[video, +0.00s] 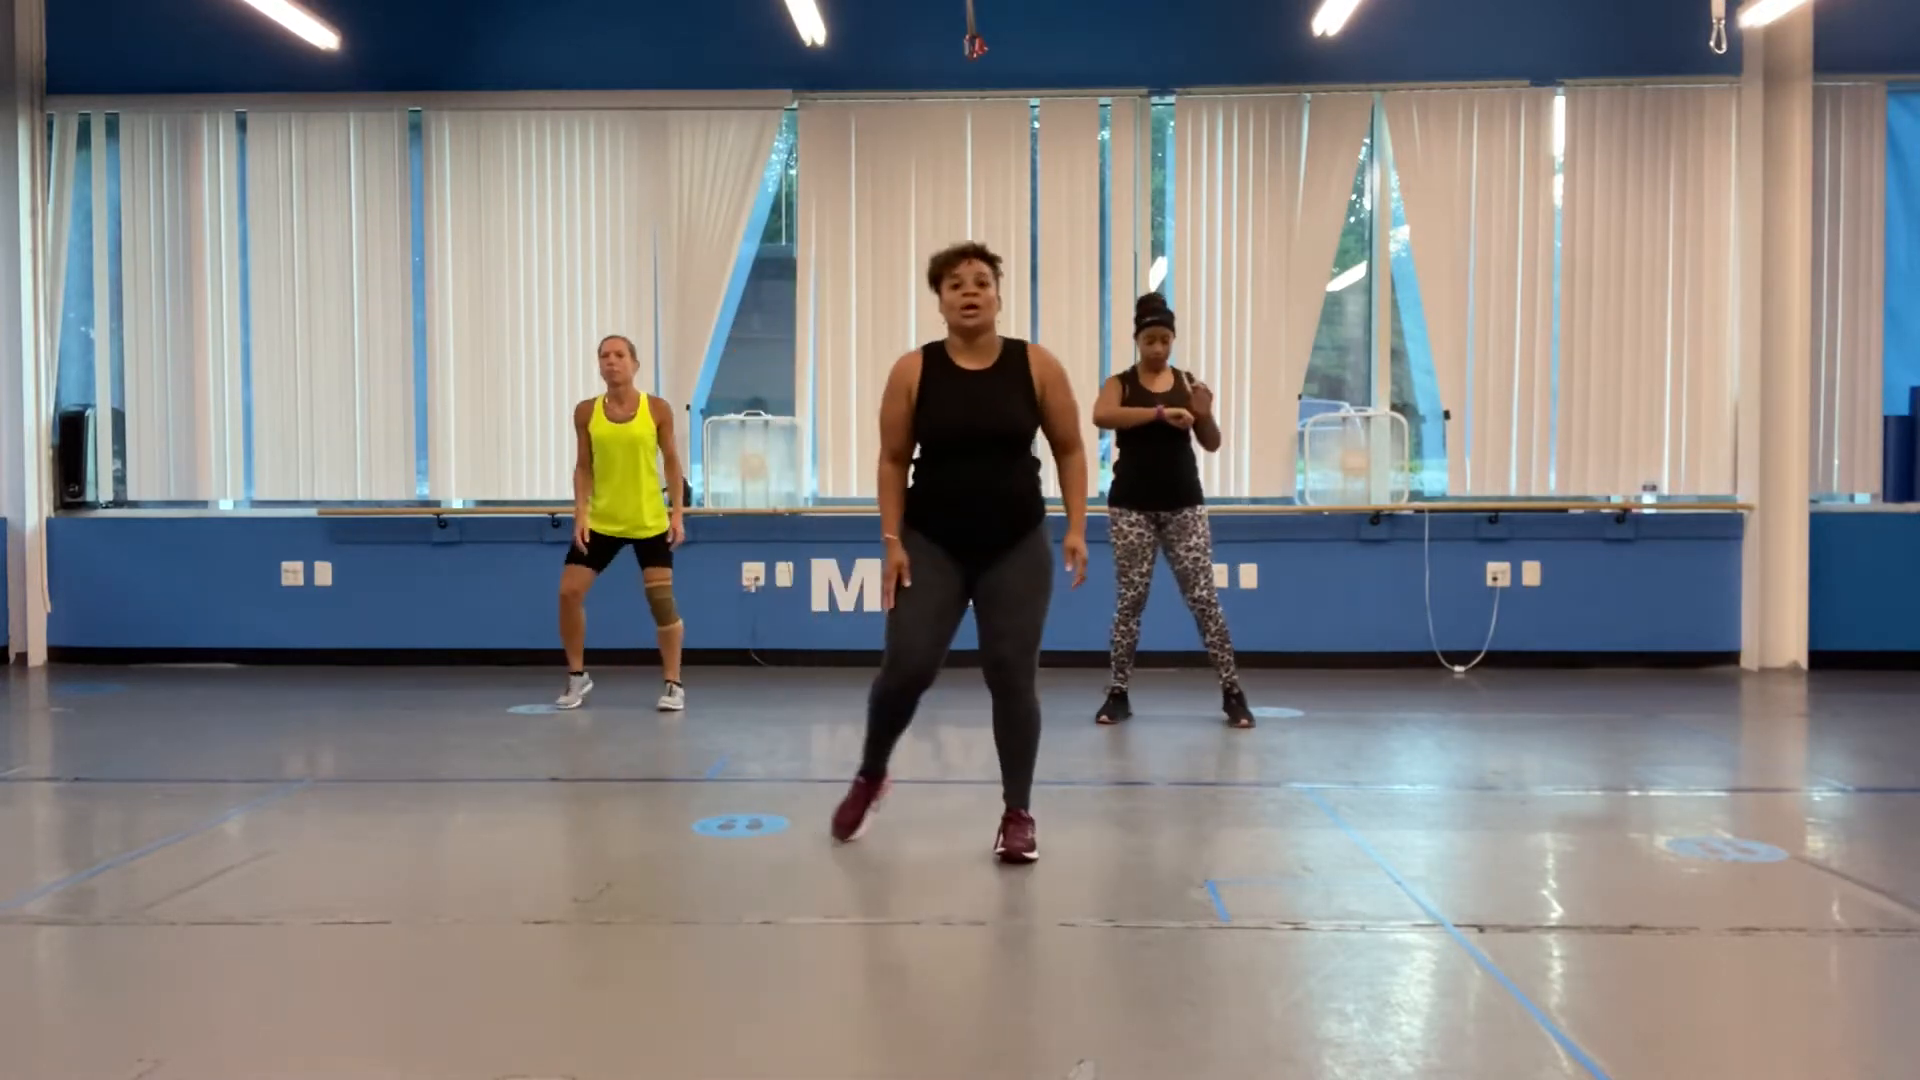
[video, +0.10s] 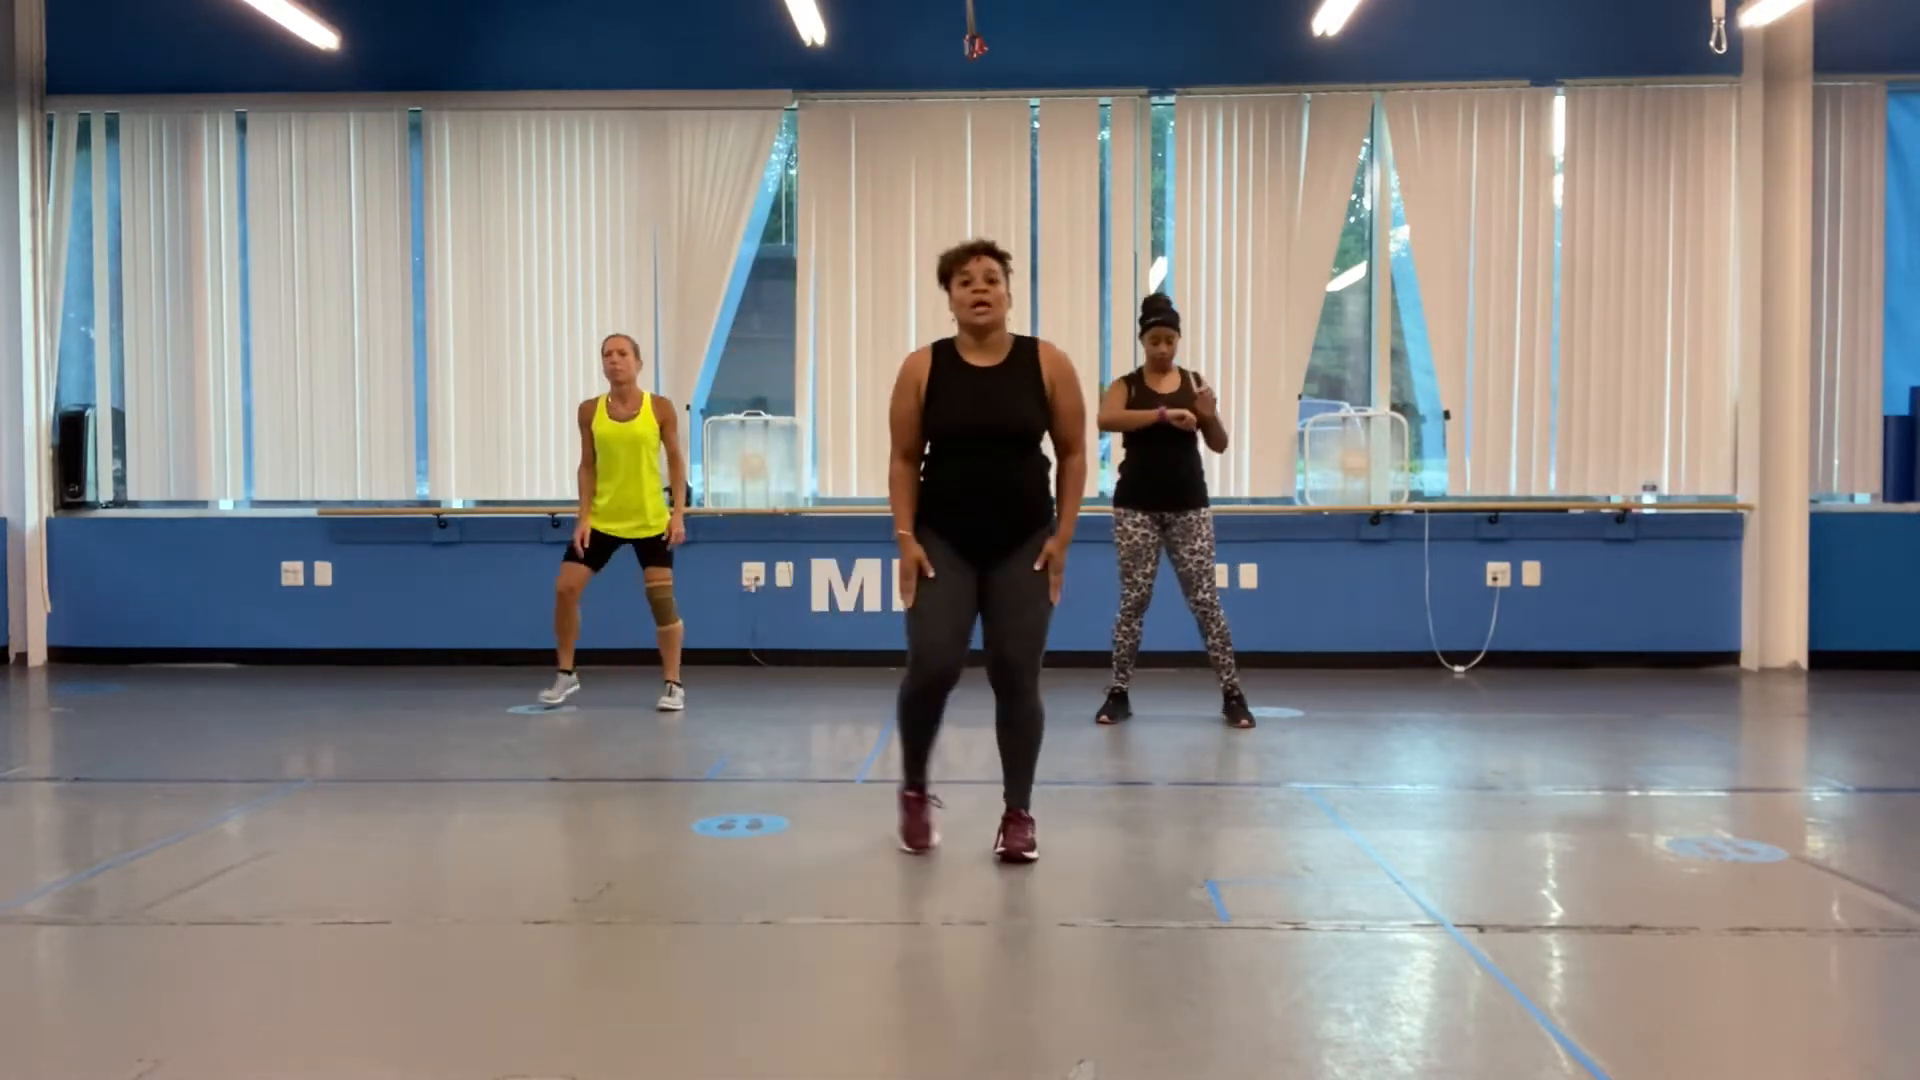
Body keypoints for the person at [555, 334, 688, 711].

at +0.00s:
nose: (611, 361)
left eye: (618, 355)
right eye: (605, 356)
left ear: (634, 364)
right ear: (598, 366)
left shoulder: (657, 409)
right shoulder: (586, 412)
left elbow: (672, 462)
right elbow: (583, 467)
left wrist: (677, 511)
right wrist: (580, 514)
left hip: (650, 520)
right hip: (602, 521)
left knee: (660, 599)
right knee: (570, 591)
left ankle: (672, 684)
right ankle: (576, 677)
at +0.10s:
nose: (614, 360)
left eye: (621, 354)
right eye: (608, 355)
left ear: (638, 363)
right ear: (602, 364)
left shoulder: (660, 408)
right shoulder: (590, 411)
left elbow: (676, 461)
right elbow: (587, 466)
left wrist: (678, 512)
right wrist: (583, 518)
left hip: (650, 519)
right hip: (603, 520)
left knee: (661, 600)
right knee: (566, 587)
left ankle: (672, 684)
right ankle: (565, 674)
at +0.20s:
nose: (612, 361)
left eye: (620, 355)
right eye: (607, 356)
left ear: (637, 363)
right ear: (601, 365)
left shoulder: (659, 410)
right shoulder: (586, 411)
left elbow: (676, 461)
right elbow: (583, 465)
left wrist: (679, 511)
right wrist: (582, 515)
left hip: (647, 521)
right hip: (599, 520)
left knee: (659, 600)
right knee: (571, 598)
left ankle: (672, 685)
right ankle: (557, 681)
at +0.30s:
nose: (608, 361)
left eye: (617, 357)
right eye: (603, 355)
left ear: (631, 368)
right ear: (595, 364)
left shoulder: (647, 414)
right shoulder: (576, 411)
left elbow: (666, 463)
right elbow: (573, 466)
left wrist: (677, 509)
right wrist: (576, 518)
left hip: (640, 522)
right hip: (593, 523)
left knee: (654, 601)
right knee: (574, 603)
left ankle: (672, 684)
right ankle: (557, 685)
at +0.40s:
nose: (602, 360)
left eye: (610, 356)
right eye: (596, 354)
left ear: (622, 368)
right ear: (586, 364)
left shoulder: (638, 411)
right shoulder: (566, 410)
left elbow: (653, 461)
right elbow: (562, 467)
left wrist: (667, 509)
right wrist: (565, 517)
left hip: (633, 520)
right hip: (585, 522)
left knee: (653, 598)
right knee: (567, 600)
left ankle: (673, 681)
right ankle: (557, 685)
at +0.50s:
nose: (594, 359)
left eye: (603, 354)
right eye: (588, 353)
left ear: (616, 366)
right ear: (579, 363)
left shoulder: (634, 411)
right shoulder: (562, 411)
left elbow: (648, 463)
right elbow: (553, 464)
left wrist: (658, 514)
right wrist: (553, 514)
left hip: (631, 519)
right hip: (581, 520)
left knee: (655, 594)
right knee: (566, 599)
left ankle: (676, 678)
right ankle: (557, 685)